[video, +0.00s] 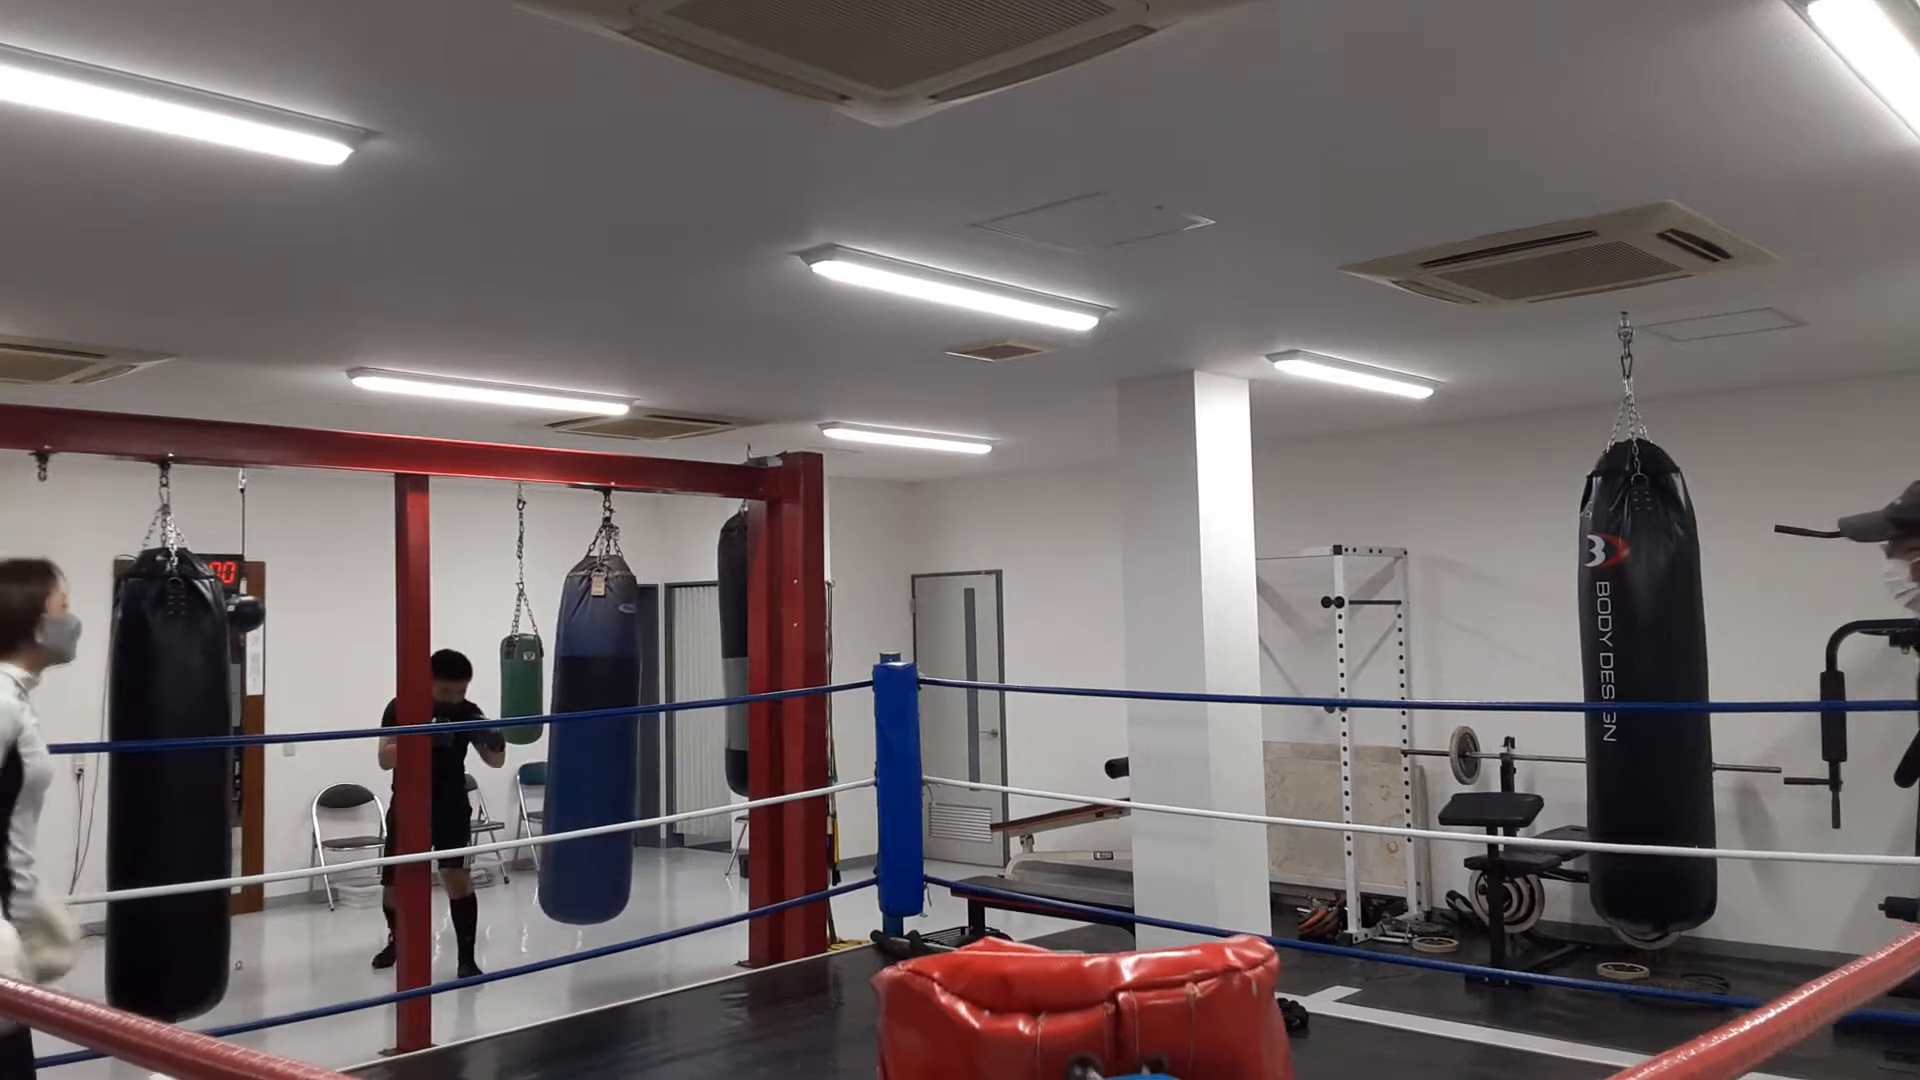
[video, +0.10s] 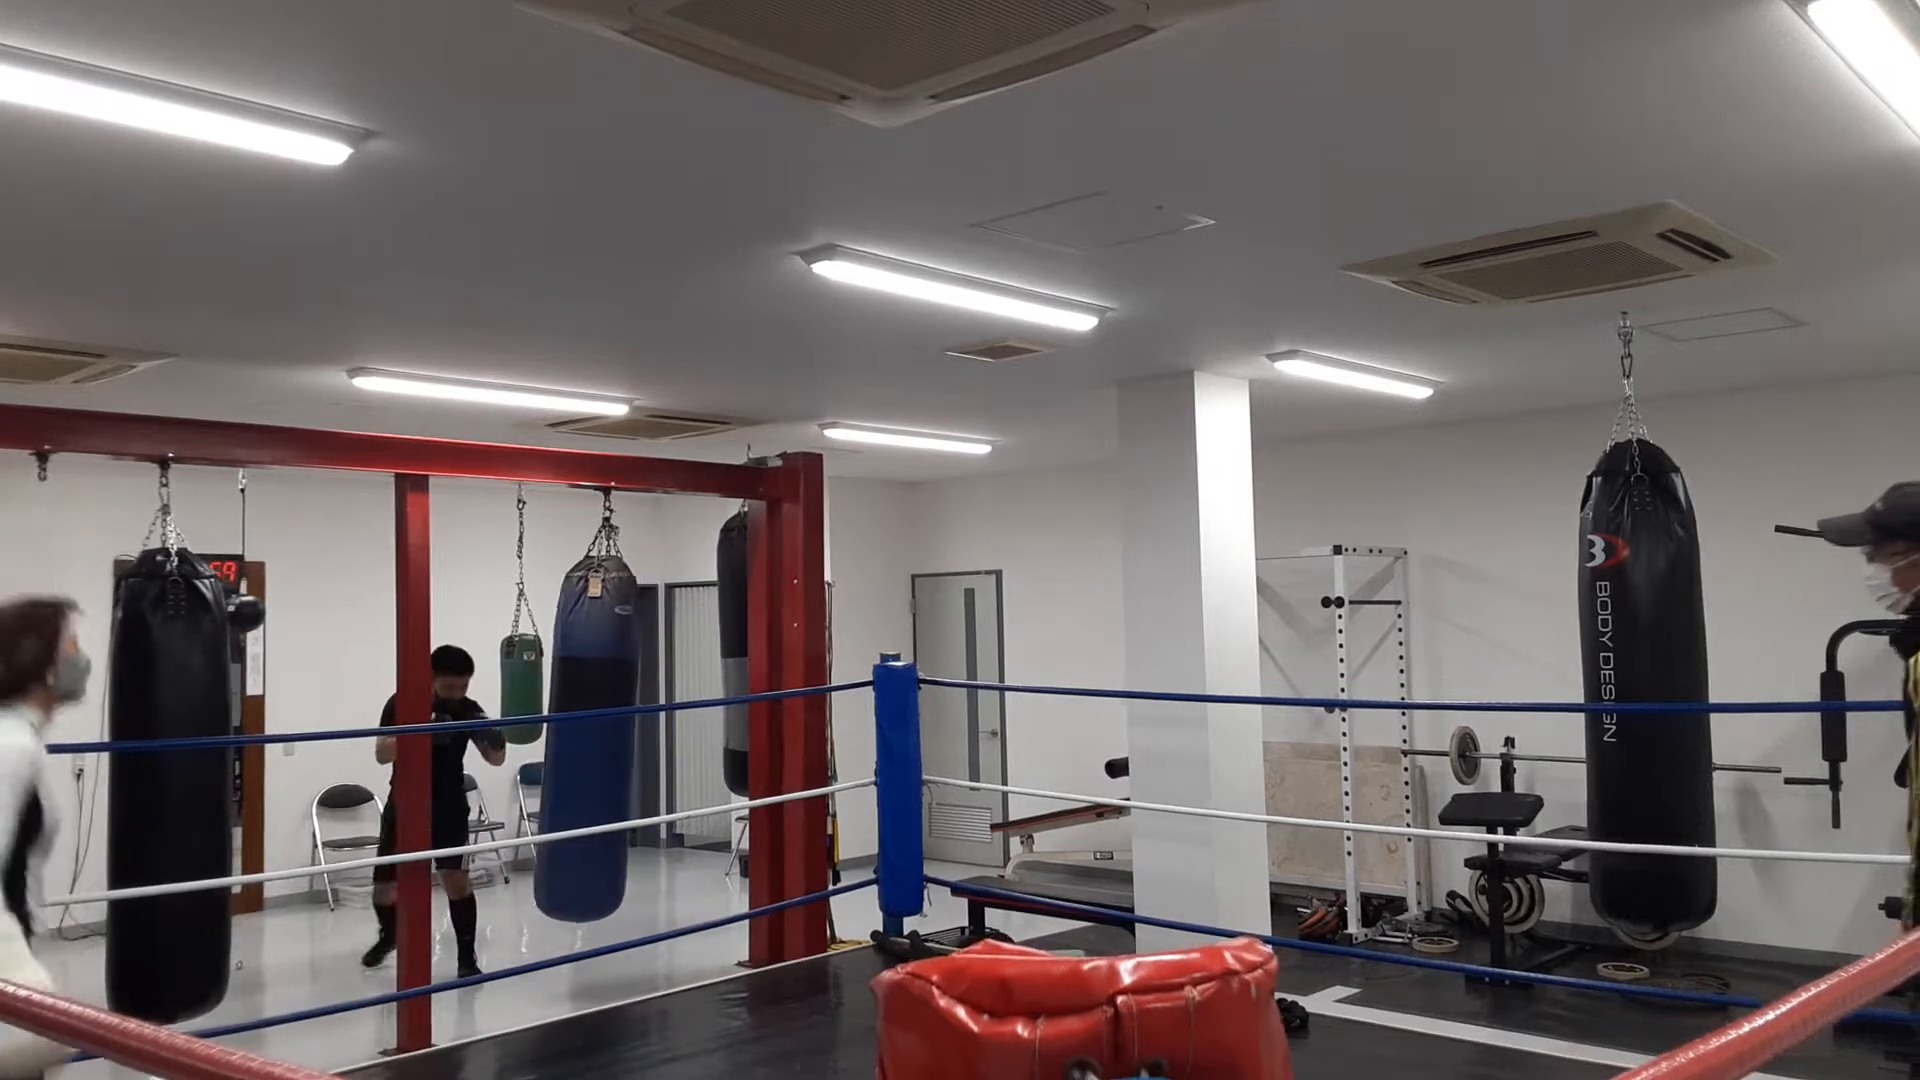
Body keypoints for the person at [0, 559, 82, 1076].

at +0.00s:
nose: (74, 621)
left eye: (69, 607)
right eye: (64, 609)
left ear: (31, 623)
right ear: (36, 622)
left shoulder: (20, 705)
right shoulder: (8, 710)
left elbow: (15, 835)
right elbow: (9, 841)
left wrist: (35, 910)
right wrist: (15, 925)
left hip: (18, 911)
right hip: (7, 922)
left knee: (18, 1061)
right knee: (16, 1064)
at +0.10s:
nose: (84, 658)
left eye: (79, 645)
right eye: (73, 646)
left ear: (34, 660)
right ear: (43, 659)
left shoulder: (26, 740)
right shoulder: (15, 747)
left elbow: (14, 870)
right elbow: (1, 884)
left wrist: (27, 973)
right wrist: (28, 983)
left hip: (18, 944)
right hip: (10, 950)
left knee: (41, 1044)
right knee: (38, 1041)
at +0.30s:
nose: (129, 639)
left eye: (126, 627)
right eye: (120, 629)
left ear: (77, 641)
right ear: (93, 640)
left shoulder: (41, 696)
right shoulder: (65, 709)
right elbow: (49, 830)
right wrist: (64, 936)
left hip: (23, 922)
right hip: (42, 926)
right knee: (40, 1062)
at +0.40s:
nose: (162, 634)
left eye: (159, 622)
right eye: (154, 623)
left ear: (94, 635)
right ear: (128, 636)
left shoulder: (56, 698)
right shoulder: (102, 708)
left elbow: (12, 814)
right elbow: (72, 835)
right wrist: (106, 942)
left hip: (29, 922)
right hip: (71, 927)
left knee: (42, 1067)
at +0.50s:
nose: (197, 665)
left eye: (191, 650)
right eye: (186, 651)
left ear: (127, 669)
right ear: (164, 668)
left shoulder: (100, 739)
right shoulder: (137, 743)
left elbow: (43, 850)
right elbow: (104, 871)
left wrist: (7, 919)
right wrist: (150, 980)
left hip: (53, 962)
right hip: (94, 969)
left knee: (62, 1069)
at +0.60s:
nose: (236, 671)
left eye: (232, 660)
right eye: (227, 661)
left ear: (170, 680)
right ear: (203, 678)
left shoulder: (129, 748)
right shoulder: (179, 752)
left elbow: (97, 867)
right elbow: (162, 875)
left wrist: (57, 946)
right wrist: (177, 980)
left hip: (104, 960)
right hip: (143, 962)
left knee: (122, 1066)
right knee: (225, 1065)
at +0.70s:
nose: (261, 668)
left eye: (258, 657)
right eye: (253, 658)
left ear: (188, 671)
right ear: (234, 671)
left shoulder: (153, 743)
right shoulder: (227, 737)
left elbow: (129, 855)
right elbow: (218, 839)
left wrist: (122, 943)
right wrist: (214, 942)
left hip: (150, 943)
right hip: (200, 944)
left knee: (171, 1068)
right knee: (249, 1066)